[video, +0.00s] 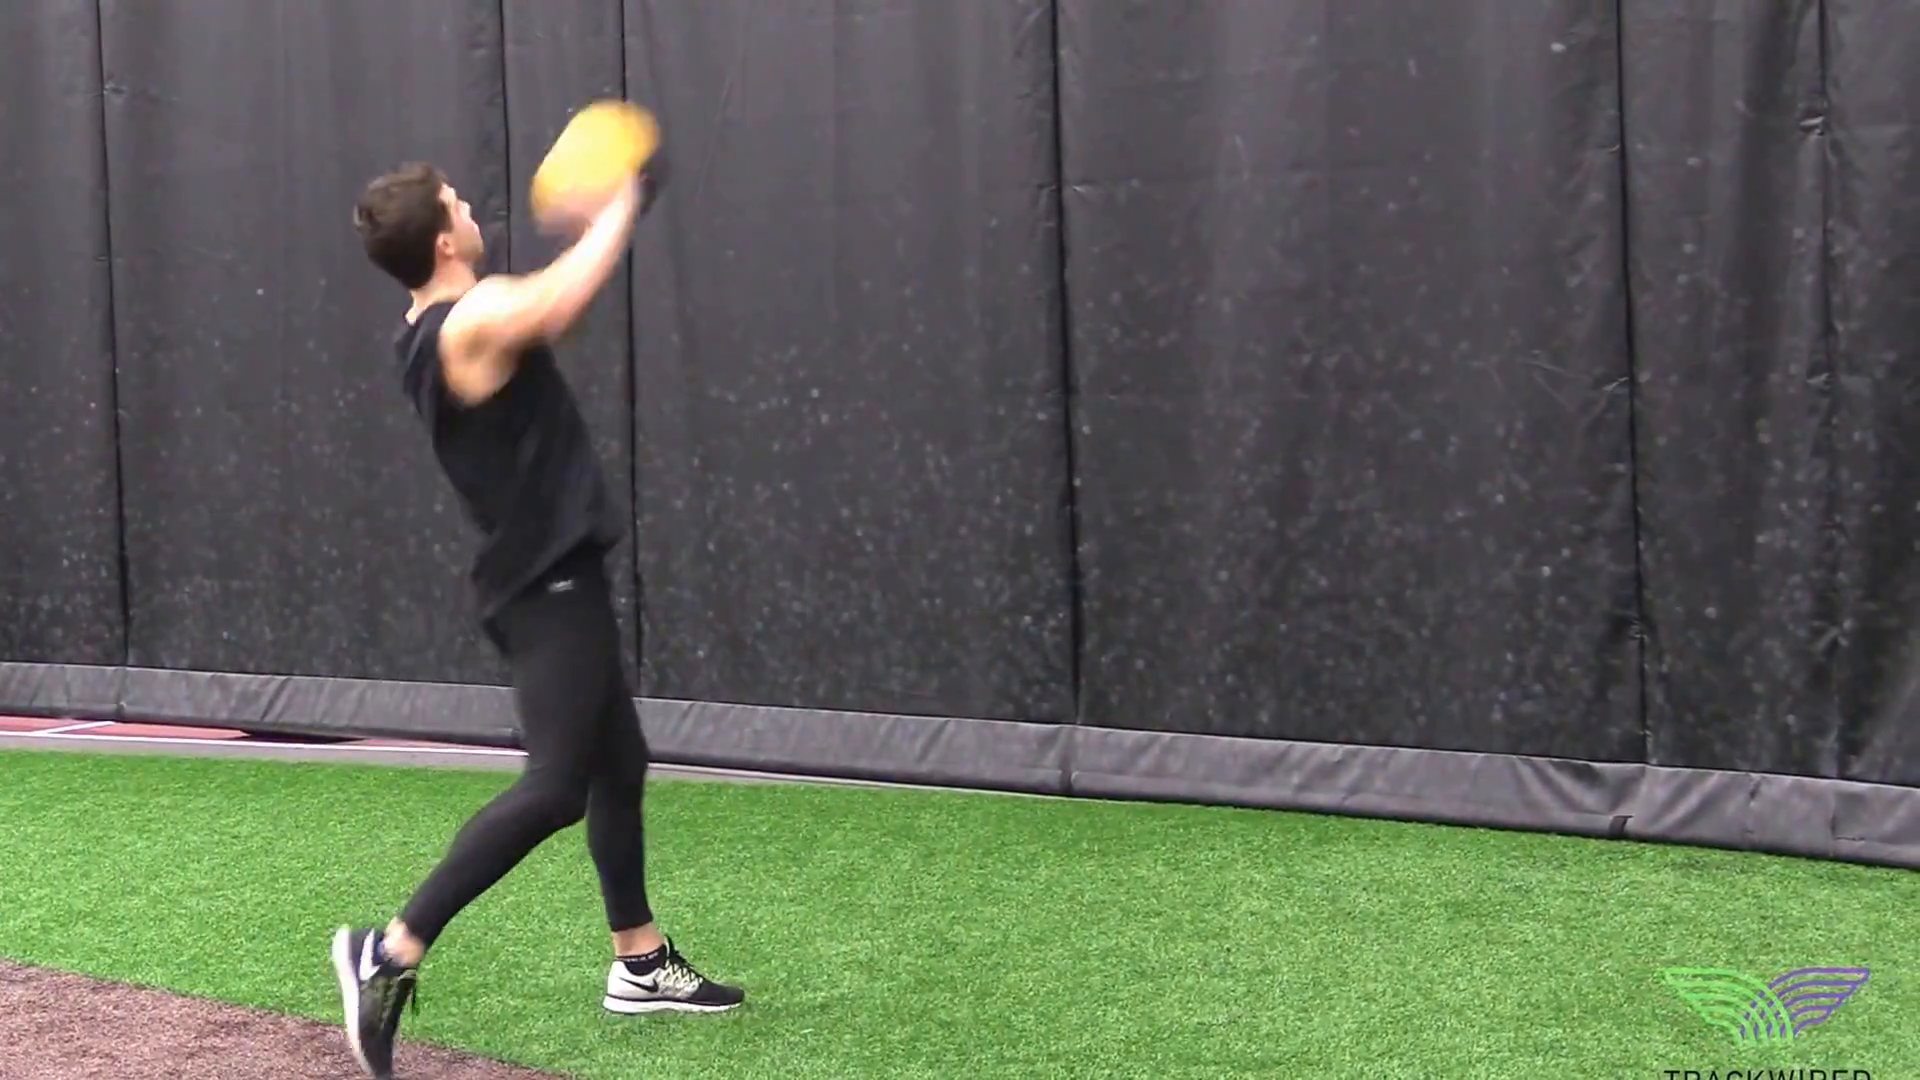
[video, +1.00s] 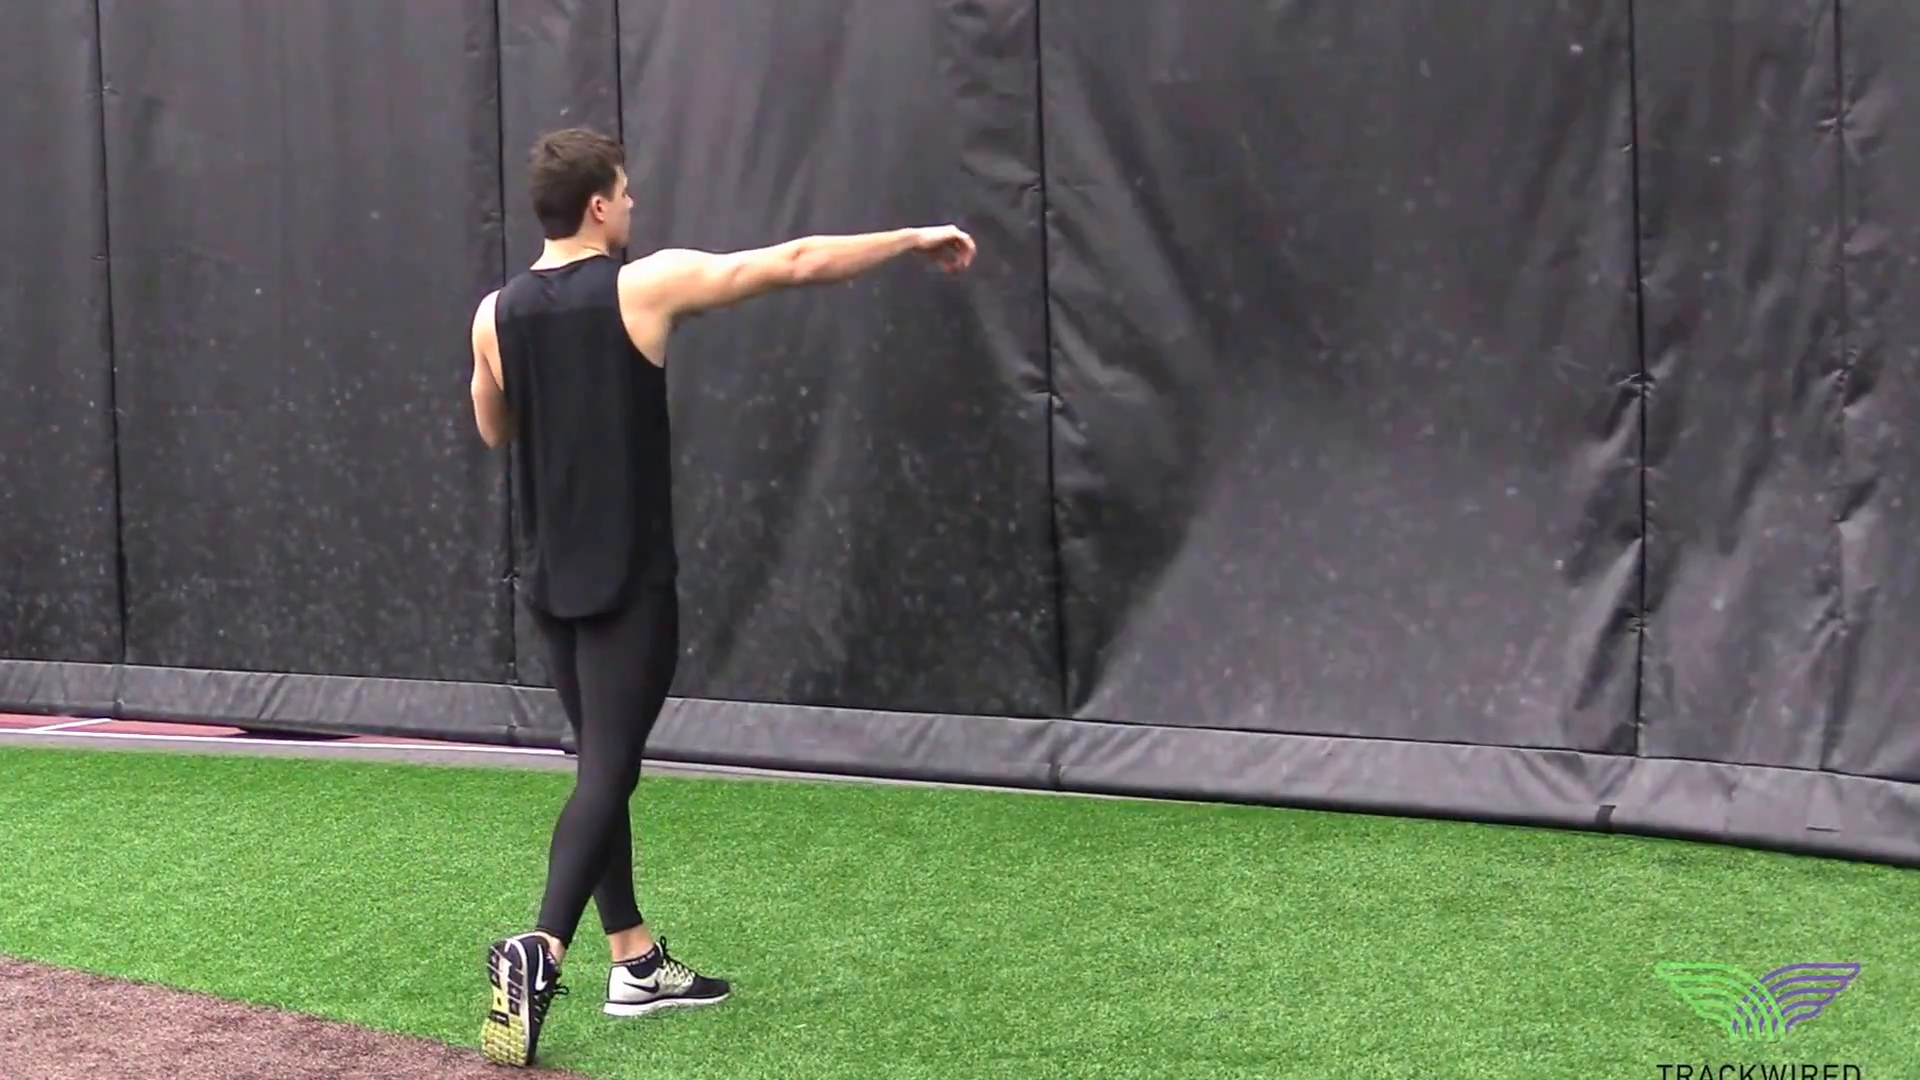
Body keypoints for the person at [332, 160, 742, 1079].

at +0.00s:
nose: (473, 212)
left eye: (461, 204)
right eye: (462, 207)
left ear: (420, 253)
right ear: (446, 239)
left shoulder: (441, 316)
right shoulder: (470, 319)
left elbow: (532, 300)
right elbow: (563, 298)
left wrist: (578, 228)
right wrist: (624, 207)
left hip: (560, 583)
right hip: (547, 589)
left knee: (620, 767)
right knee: (557, 786)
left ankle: (642, 962)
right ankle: (391, 954)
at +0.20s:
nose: (546, 199)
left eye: (530, 192)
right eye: (537, 193)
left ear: (458, 238)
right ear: (528, 212)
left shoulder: (449, 343)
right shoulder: (587, 256)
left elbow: (453, 442)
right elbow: (554, 286)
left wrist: (472, 324)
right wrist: (490, 285)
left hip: (556, 570)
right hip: (640, 557)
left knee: (601, 767)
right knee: (644, 765)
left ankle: (639, 964)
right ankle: (557, 945)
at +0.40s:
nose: (587, 185)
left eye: (574, 179)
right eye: (581, 181)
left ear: (505, 230)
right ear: (575, 208)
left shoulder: (507, 332)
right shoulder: (634, 262)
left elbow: (473, 468)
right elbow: (609, 386)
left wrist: (473, 366)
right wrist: (517, 475)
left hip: (578, 564)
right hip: (667, 558)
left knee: (614, 763)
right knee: (633, 764)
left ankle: (641, 962)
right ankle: (578, 945)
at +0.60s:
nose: (615, 186)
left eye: (605, 176)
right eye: (610, 178)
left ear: (531, 219)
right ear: (598, 203)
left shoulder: (500, 322)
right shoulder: (671, 268)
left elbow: (464, 450)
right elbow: (737, 281)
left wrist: (496, 382)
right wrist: (758, 291)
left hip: (562, 567)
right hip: (650, 565)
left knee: (611, 762)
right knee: (614, 766)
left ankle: (639, 959)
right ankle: (557, 948)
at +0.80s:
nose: (629, 189)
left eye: (620, 177)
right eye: (622, 179)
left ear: (544, 212)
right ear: (606, 201)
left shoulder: (500, 313)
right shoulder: (665, 274)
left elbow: (471, 422)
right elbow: (799, 243)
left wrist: (526, 362)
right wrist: (896, 208)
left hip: (549, 565)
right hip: (631, 562)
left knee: (603, 759)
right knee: (600, 762)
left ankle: (637, 958)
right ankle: (537, 948)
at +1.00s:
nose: (630, 204)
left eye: (624, 189)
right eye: (623, 192)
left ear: (545, 210)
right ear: (600, 206)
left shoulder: (496, 312)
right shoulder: (648, 284)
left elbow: (493, 429)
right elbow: (795, 263)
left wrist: (542, 362)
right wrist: (914, 239)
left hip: (553, 568)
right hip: (631, 566)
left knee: (602, 764)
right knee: (608, 769)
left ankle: (634, 961)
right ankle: (539, 950)